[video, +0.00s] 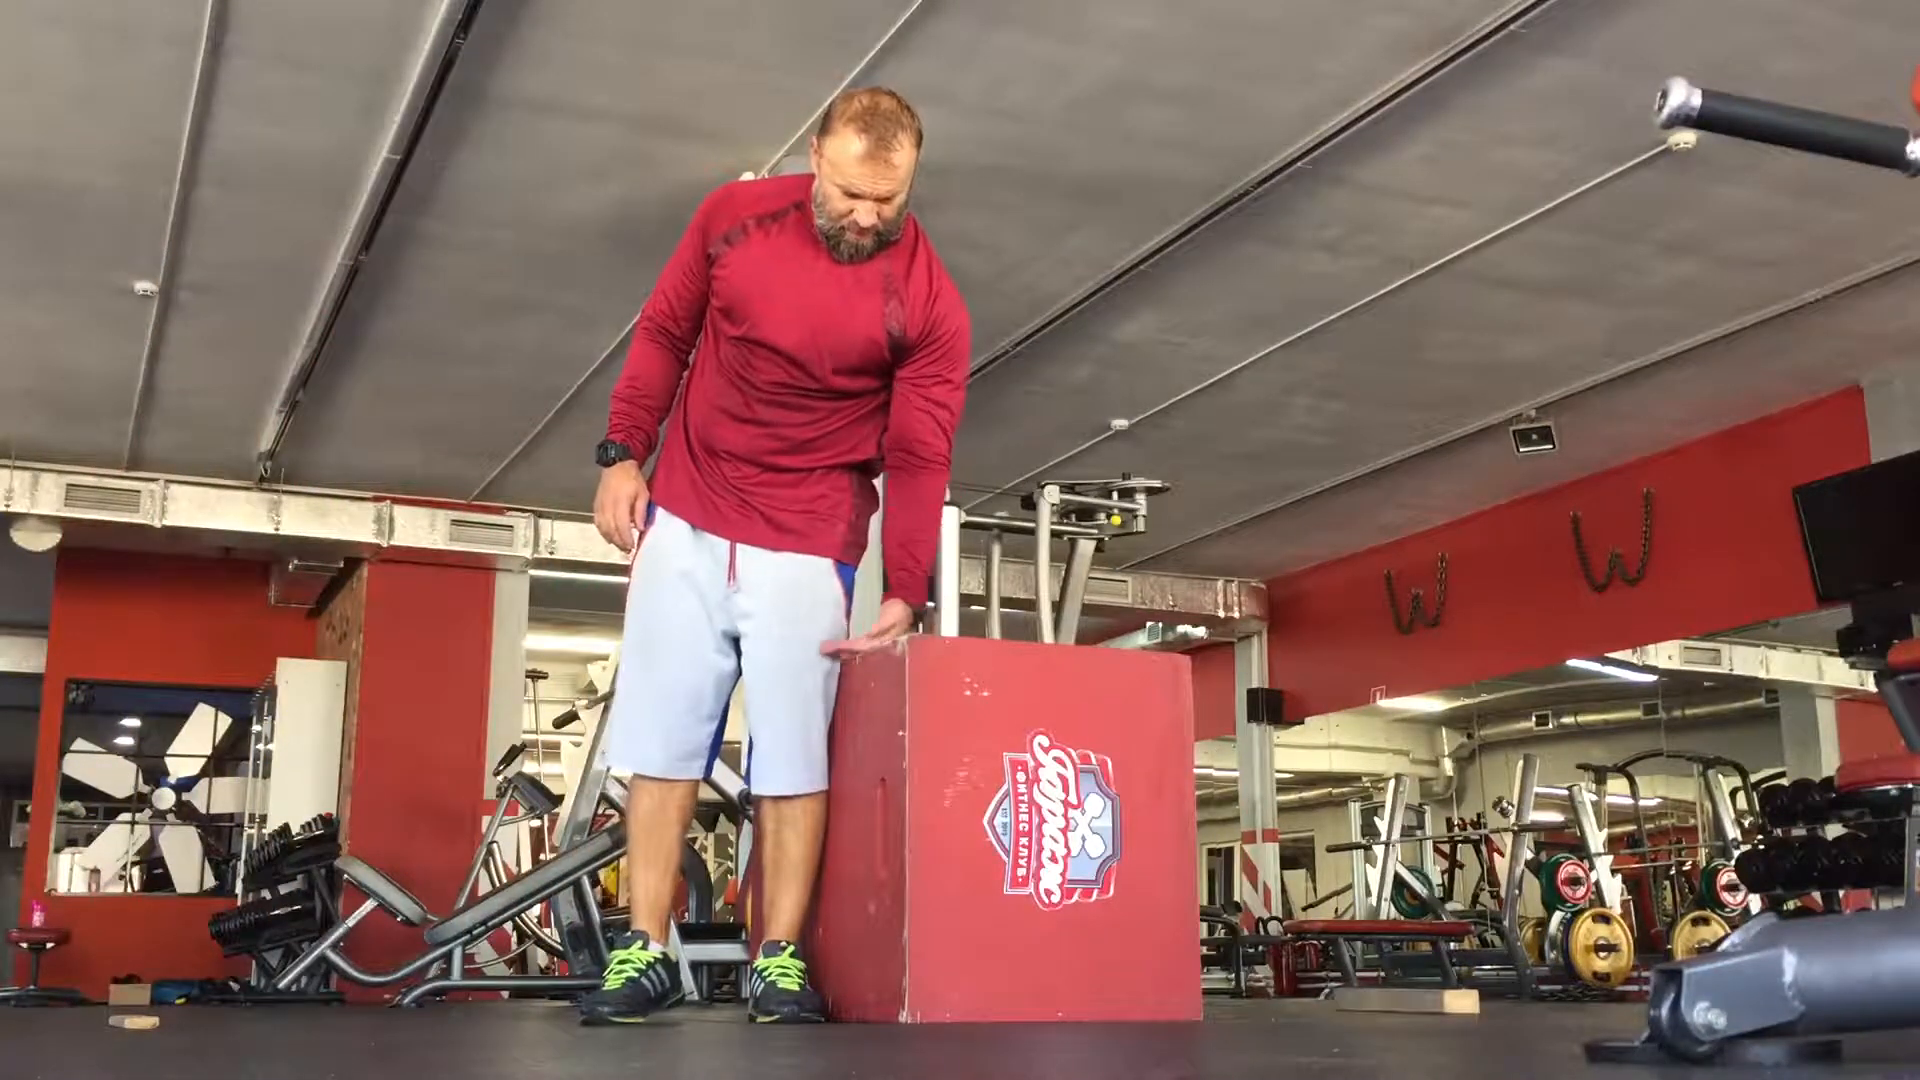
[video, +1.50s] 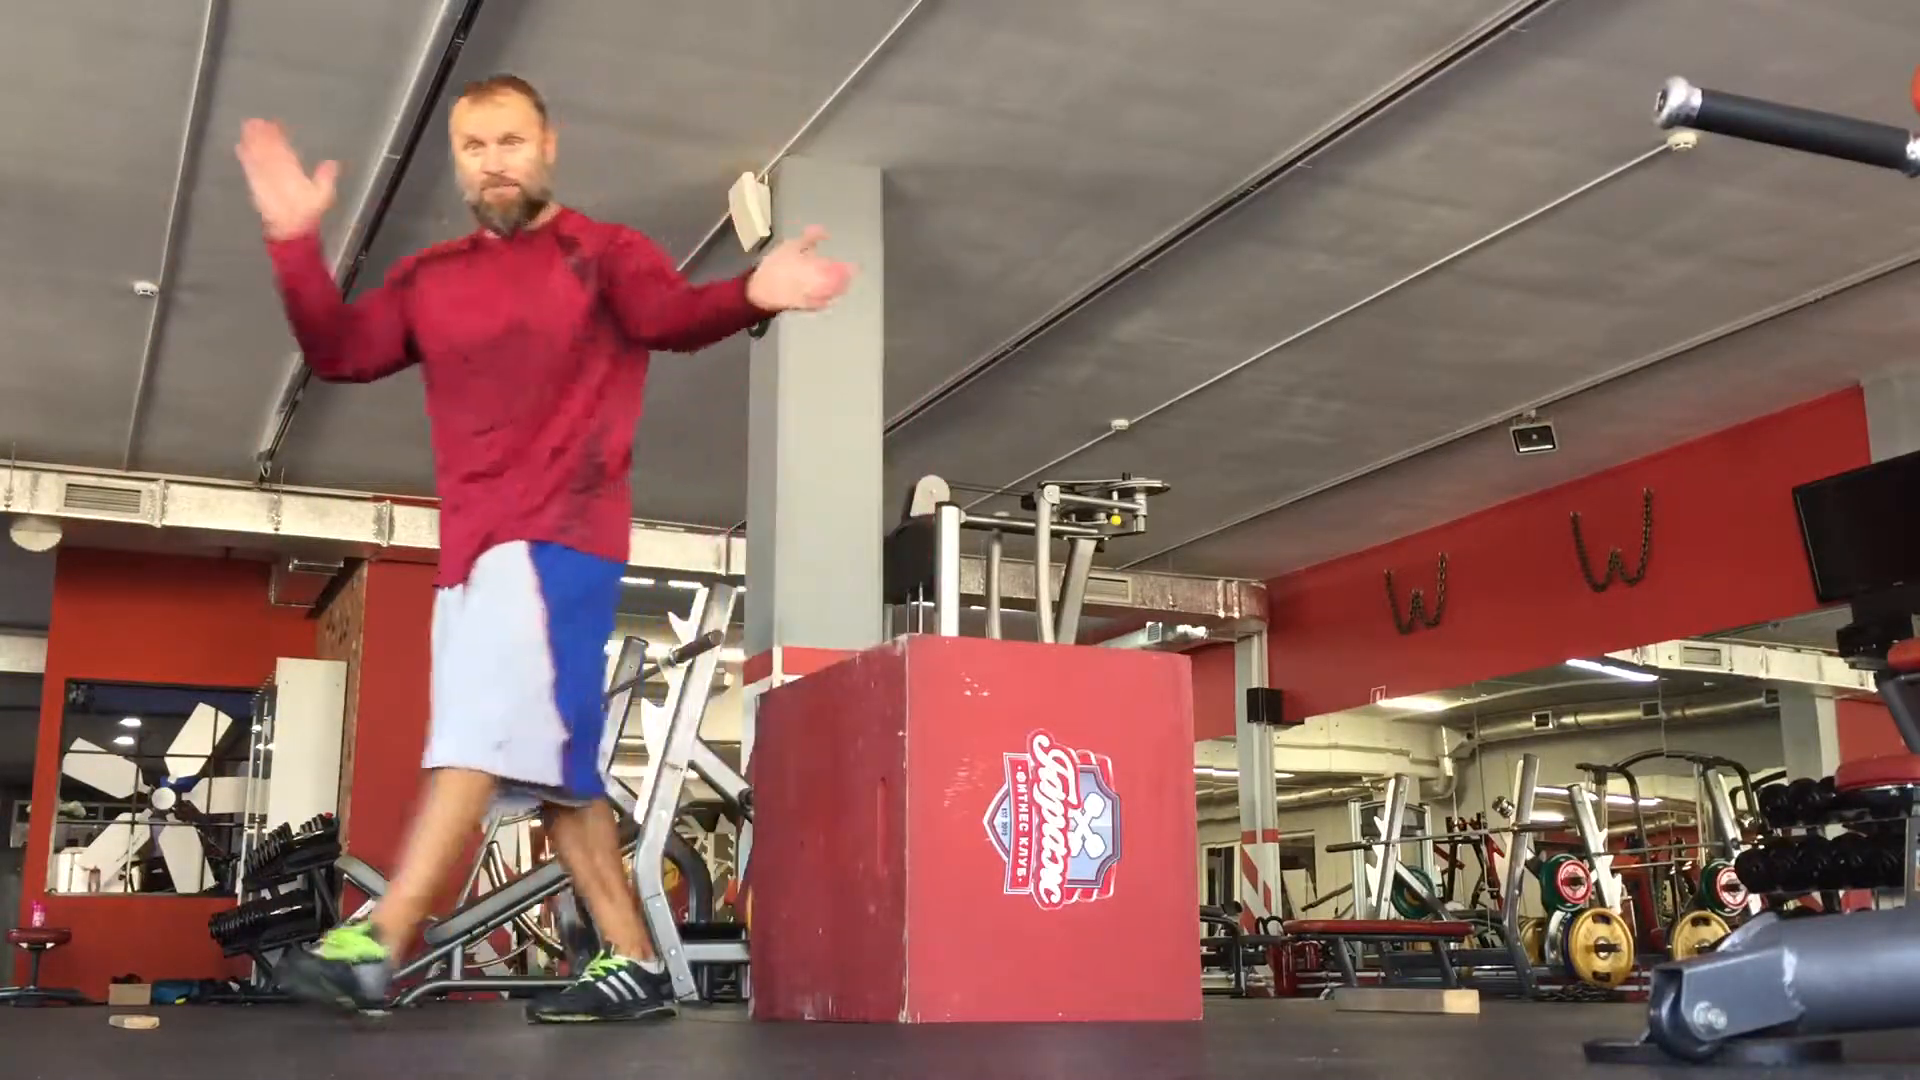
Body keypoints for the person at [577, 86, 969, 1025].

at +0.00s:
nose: (861, 215)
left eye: (883, 200)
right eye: (845, 193)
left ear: (912, 185)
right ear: (814, 159)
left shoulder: (928, 307)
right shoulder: (735, 215)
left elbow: (918, 457)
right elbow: (663, 331)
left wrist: (905, 593)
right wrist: (622, 455)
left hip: (811, 532)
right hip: (688, 508)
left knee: (793, 745)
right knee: (662, 732)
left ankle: (778, 959)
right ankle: (647, 952)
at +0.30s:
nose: (847, 176)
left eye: (868, 159)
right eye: (829, 154)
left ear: (892, 159)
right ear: (795, 143)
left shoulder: (917, 297)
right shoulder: (719, 219)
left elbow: (910, 449)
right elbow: (651, 343)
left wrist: (899, 587)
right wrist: (617, 468)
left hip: (811, 530)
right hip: (684, 509)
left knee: (794, 748)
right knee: (663, 734)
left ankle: (777, 959)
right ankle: (651, 954)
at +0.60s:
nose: (782, 143)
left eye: (801, 126)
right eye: (764, 125)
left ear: (830, 136)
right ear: (734, 132)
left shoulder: (874, 270)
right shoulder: (669, 236)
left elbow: (899, 403)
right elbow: (615, 357)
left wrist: (876, 519)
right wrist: (602, 469)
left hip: (795, 543)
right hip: (665, 533)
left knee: (786, 746)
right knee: (639, 740)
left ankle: (779, 958)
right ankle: (643, 956)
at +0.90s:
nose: (676, 167)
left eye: (694, 150)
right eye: (657, 153)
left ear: (726, 162)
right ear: (634, 169)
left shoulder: (767, 253)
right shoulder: (597, 252)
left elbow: (805, 279)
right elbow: (567, 291)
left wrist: (798, 280)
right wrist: (605, 288)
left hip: (741, 549)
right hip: (615, 553)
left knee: (762, 750)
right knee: (618, 754)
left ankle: (775, 958)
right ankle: (636, 963)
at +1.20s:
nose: (594, 178)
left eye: (610, 160)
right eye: (574, 164)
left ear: (641, 165)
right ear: (550, 176)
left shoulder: (688, 253)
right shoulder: (522, 261)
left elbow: (721, 283)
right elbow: (492, 294)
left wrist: (698, 251)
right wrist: (530, 270)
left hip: (655, 527)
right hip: (550, 537)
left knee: (652, 726)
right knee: (575, 742)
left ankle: (662, 947)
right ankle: (623, 949)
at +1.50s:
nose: (491, 160)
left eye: (510, 140)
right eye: (473, 145)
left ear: (548, 147)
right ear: (455, 161)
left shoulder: (602, 250)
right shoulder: (427, 279)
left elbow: (665, 313)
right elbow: (339, 349)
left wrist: (749, 291)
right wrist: (297, 242)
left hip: (564, 527)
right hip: (473, 535)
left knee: (474, 730)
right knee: (559, 758)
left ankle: (380, 945)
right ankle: (635, 963)